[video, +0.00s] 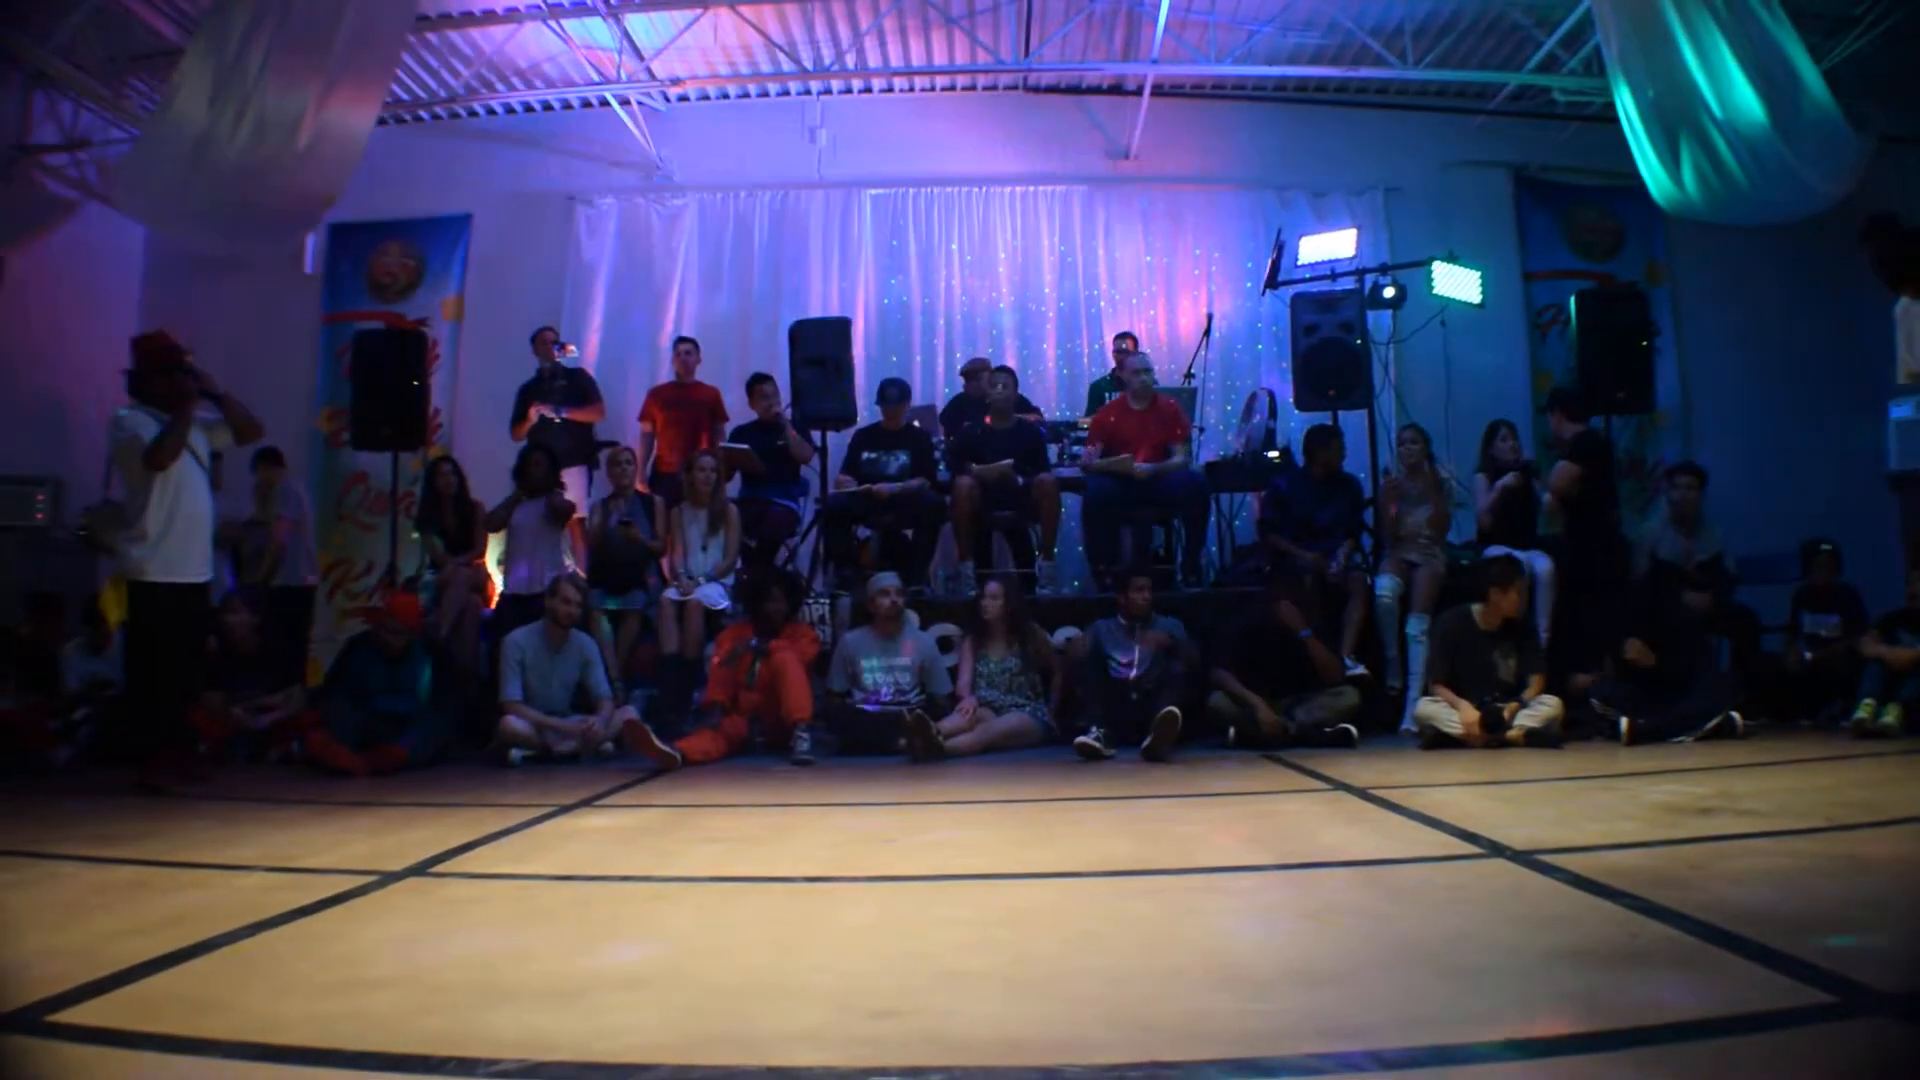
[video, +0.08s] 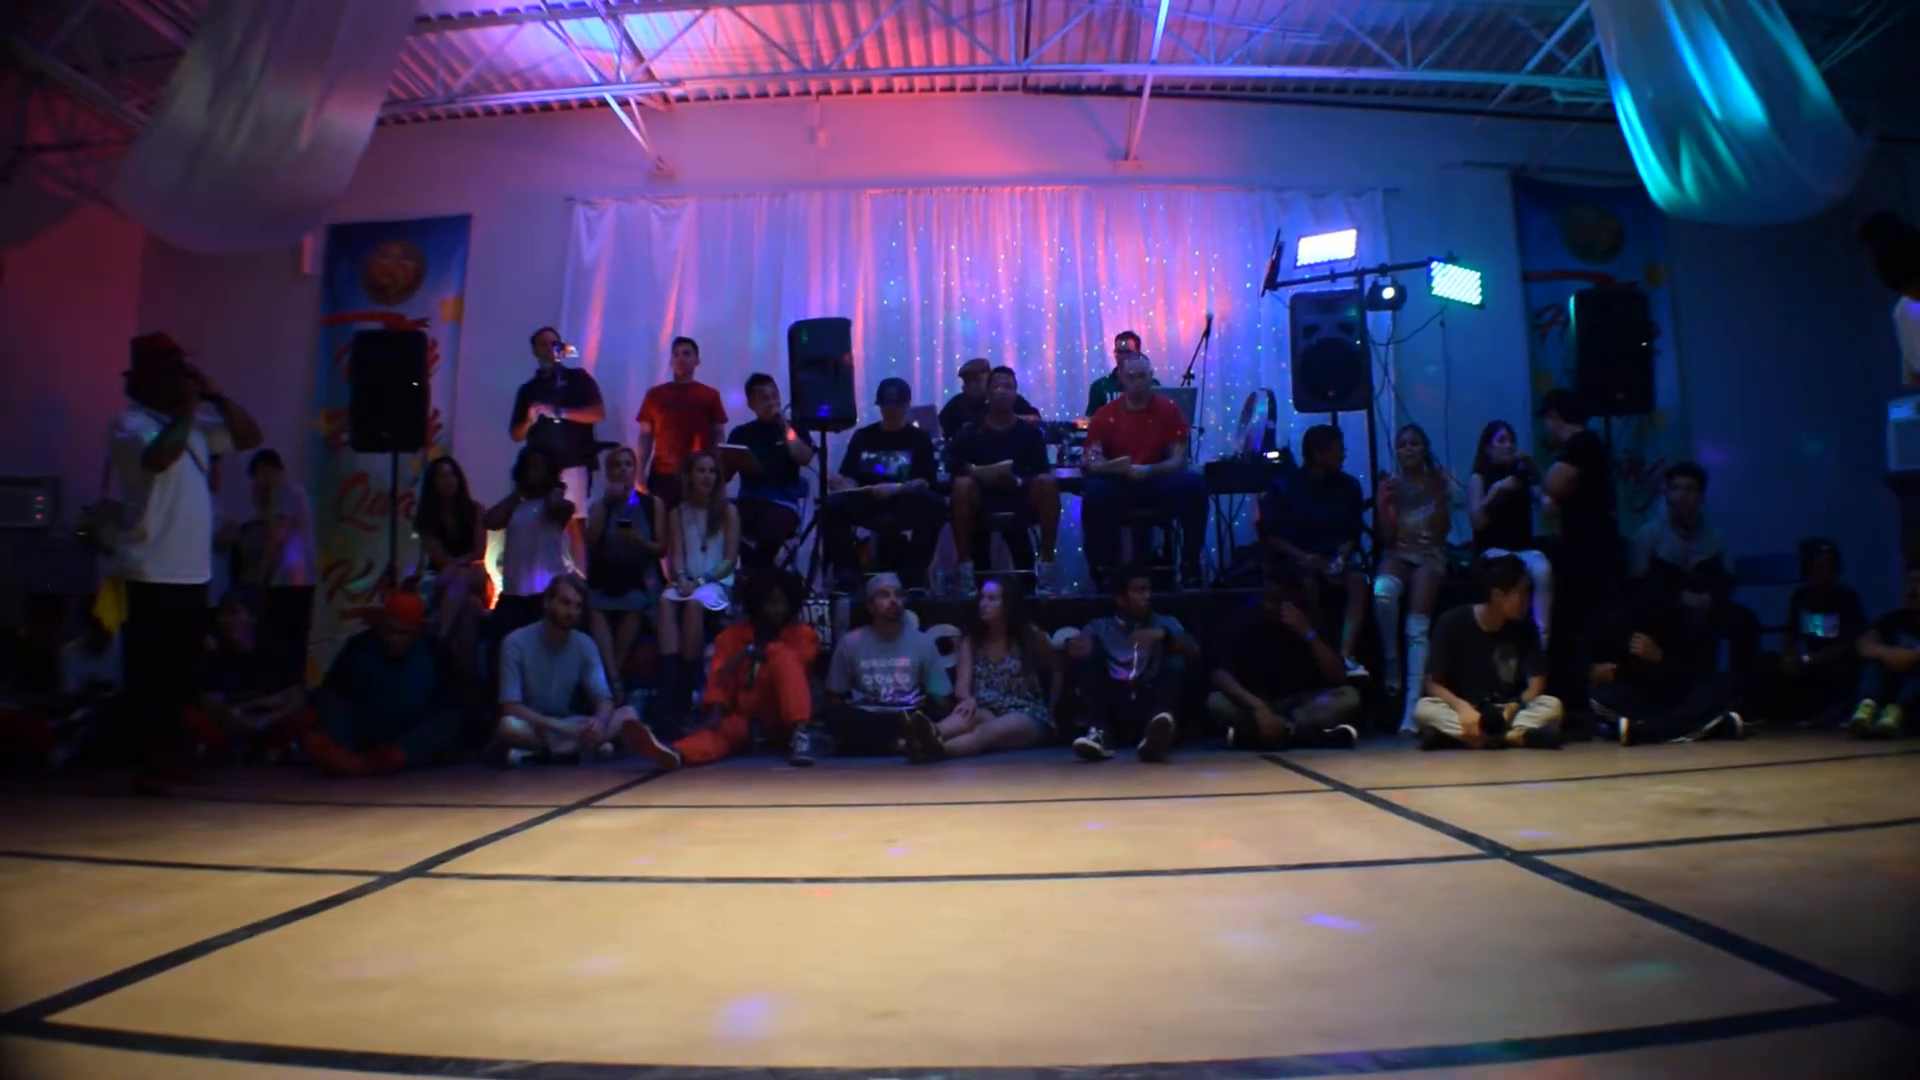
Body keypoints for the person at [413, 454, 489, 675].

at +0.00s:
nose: (448, 480)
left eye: (452, 474)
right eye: (441, 476)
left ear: (459, 478)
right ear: (433, 481)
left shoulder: (474, 509)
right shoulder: (428, 511)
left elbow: (480, 550)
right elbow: (435, 554)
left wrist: (453, 563)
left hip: (474, 571)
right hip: (442, 574)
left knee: (459, 574)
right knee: (471, 602)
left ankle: (440, 633)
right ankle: (465, 668)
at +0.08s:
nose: (448, 481)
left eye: (452, 475)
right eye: (441, 476)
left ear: (459, 479)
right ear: (432, 482)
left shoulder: (473, 510)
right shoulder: (427, 513)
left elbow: (479, 551)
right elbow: (435, 553)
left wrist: (455, 564)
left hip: (471, 572)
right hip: (441, 575)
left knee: (460, 580)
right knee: (469, 603)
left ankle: (440, 636)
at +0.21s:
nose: (446, 482)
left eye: (450, 476)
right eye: (439, 477)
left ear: (457, 479)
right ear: (430, 483)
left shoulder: (472, 510)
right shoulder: (424, 513)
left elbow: (477, 551)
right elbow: (432, 554)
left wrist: (453, 565)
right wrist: (460, 568)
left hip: (471, 572)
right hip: (439, 574)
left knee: (459, 575)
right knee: (467, 603)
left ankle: (437, 633)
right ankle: (463, 669)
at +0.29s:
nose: (445, 482)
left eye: (449, 477)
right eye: (439, 478)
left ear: (456, 480)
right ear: (429, 483)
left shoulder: (470, 510)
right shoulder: (423, 513)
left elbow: (476, 551)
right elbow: (430, 554)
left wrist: (451, 565)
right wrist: (459, 568)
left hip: (470, 572)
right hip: (438, 575)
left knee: (459, 576)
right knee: (468, 604)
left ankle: (437, 632)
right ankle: (462, 669)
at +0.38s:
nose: (444, 483)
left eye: (448, 477)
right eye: (438, 478)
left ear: (455, 480)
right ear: (428, 483)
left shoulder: (470, 510)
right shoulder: (423, 513)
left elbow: (476, 552)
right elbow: (430, 555)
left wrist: (451, 565)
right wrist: (459, 569)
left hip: (469, 571)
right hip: (438, 574)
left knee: (458, 576)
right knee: (467, 604)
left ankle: (437, 632)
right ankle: (461, 668)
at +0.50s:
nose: (443, 483)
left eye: (447, 477)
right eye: (437, 478)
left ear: (454, 480)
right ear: (428, 484)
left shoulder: (470, 511)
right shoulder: (423, 514)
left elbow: (475, 552)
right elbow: (429, 553)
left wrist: (452, 565)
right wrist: (453, 569)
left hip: (469, 572)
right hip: (437, 575)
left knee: (456, 578)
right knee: (465, 604)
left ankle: (435, 633)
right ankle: (461, 671)